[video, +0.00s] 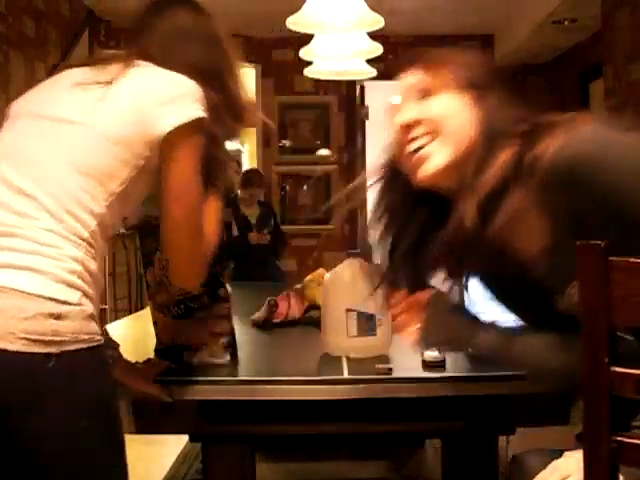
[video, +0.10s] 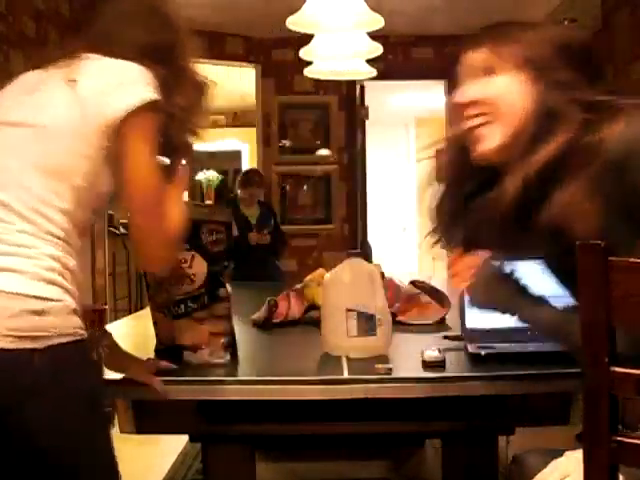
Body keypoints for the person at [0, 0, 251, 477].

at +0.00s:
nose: (213, 87)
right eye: (214, 72)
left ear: (139, 40)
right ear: (207, 60)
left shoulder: (57, 84)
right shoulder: (175, 91)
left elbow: (39, 253)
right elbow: (187, 274)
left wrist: (116, 366)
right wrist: (214, 179)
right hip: (45, 349)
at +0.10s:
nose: (169, 73)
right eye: (166, 61)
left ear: (92, 30)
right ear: (156, 47)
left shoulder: (20, 87)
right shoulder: (125, 80)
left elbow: (32, 266)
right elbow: (155, 256)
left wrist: (119, 360)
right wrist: (180, 173)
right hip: (35, 342)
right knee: (88, 472)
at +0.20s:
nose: (115, 47)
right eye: (111, 36)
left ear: (33, 21)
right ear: (92, 26)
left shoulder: (13, 76)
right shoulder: (64, 74)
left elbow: (13, 243)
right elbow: (104, 237)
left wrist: (85, 327)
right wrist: (132, 132)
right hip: (19, 332)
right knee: (61, 469)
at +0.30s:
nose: (57, 10)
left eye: (61, 3)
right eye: (42, 1)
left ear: (71, 12)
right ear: (11, 9)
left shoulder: (15, 72)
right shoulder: (12, 68)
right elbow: (39, 222)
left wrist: (62, 317)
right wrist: (79, 115)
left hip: (7, 325)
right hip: (2, 326)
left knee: (26, 461)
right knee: (29, 464)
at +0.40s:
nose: (13, 8)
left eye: (23, 5)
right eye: (8, 4)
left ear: (34, 20)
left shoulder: (11, 96)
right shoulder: (3, 100)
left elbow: (9, 214)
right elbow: (8, 211)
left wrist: (5, 299)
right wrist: (37, 99)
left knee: (9, 436)